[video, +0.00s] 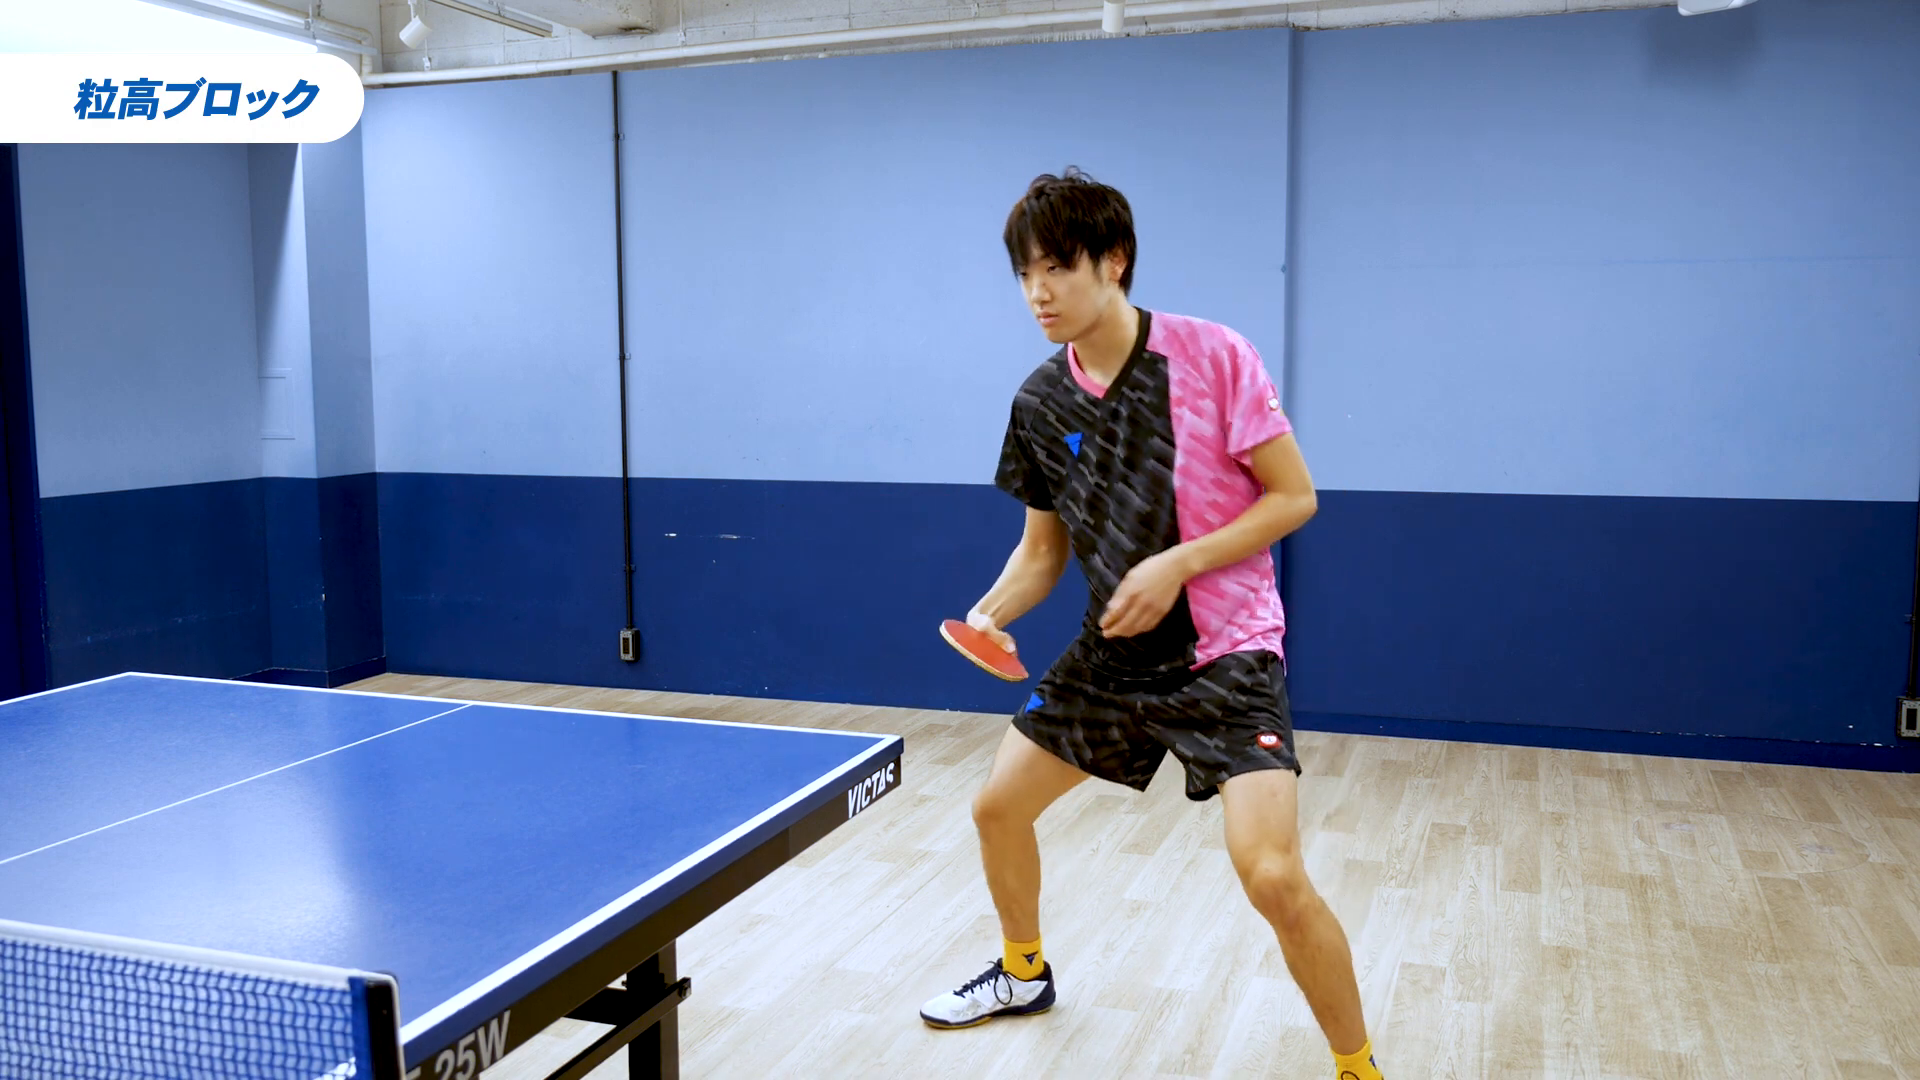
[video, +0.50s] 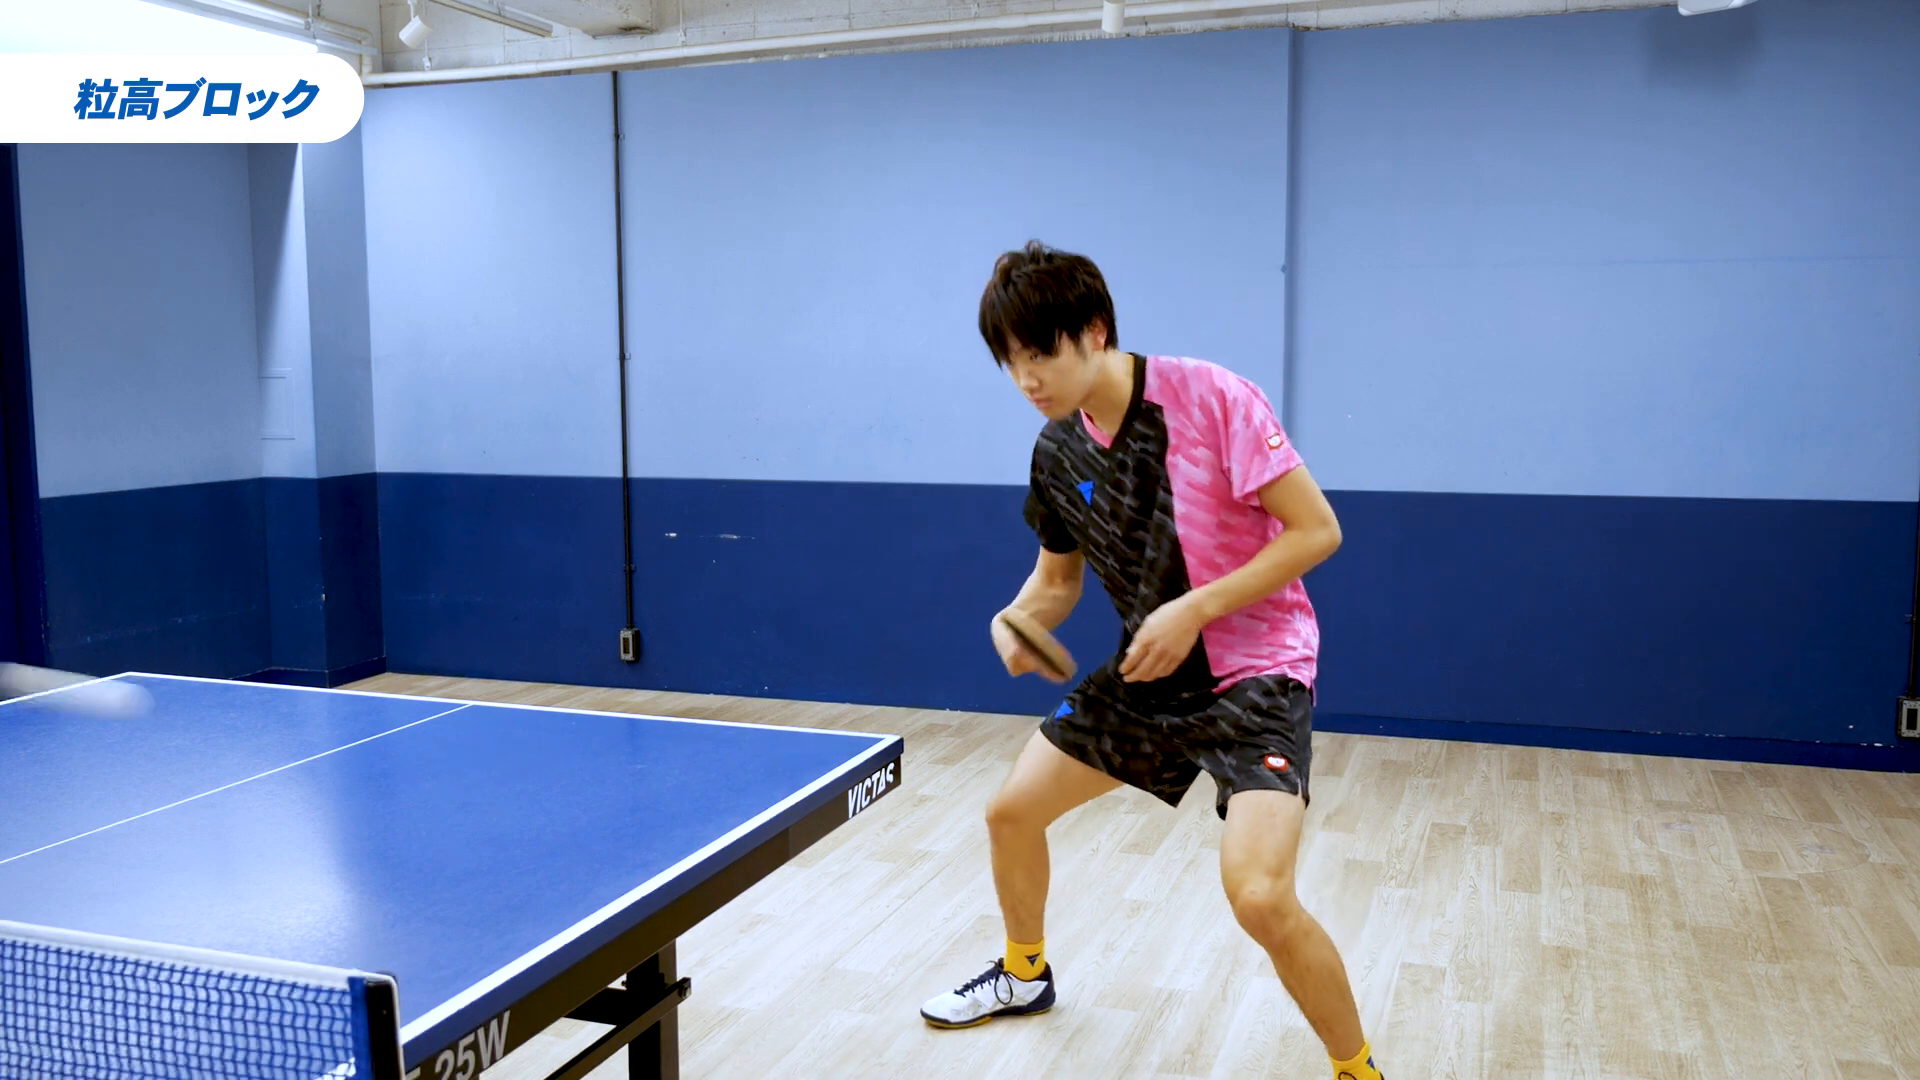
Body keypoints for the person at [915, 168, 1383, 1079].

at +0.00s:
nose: (1039, 290)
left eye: (1057, 265)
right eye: (1026, 272)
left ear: (1113, 261)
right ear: (1020, 283)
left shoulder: (1212, 354)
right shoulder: (1042, 401)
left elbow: (1294, 496)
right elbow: (1042, 548)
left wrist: (1179, 562)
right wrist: (991, 613)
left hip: (1229, 650)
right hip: (1115, 650)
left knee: (1273, 877)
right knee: (999, 809)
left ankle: (1358, 1068)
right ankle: (1022, 972)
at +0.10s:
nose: (1020, 279)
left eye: (1039, 255)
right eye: (1009, 261)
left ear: (1097, 251)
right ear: (1005, 270)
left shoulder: (1198, 342)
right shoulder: (1039, 388)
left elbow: (1285, 479)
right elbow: (1056, 530)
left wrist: (1162, 546)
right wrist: (1005, 601)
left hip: (1230, 633)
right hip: (1123, 634)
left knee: (1269, 866)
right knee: (1019, 798)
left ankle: (1358, 1066)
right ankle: (1024, 971)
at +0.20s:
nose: (1014, 284)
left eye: (1032, 260)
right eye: (1002, 267)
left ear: (1089, 255)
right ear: (998, 275)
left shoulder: (1189, 344)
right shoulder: (1041, 390)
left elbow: (1283, 482)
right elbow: (1067, 527)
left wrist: (1157, 545)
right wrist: (1013, 604)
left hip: (1235, 633)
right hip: (1131, 635)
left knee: (1267, 865)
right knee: (1028, 793)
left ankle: (1358, 1065)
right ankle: (1024, 970)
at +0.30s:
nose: (1011, 311)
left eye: (1027, 286)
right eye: (1000, 293)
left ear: (1084, 278)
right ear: (1000, 299)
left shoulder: (1188, 362)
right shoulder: (1047, 409)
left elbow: (1285, 502)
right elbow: (1071, 543)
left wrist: (1159, 568)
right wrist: (1012, 621)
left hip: (1241, 647)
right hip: (1135, 647)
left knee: (1263, 878)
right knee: (1022, 798)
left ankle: (1357, 1066)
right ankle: (1024, 971)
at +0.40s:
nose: (1012, 346)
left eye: (1027, 321)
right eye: (1001, 328)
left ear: (1086, 308)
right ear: (1004, 332)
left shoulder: (1195, 385)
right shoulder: (1053, 435)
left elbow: (1298, 522)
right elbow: (1068, 564)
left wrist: (1171, 595)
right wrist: (1009, 631)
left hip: (1245, 665)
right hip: (1140, 665)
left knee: (1258, 890)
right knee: (1012, 806)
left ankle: (1356, 1068)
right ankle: (1023, 972)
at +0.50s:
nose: (1023, 380)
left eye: (1036, 353)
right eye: (1010, 362)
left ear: (1094, 332)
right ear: (1007, 362)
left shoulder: (1214, 399)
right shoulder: (1056, 451)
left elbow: (1317, 529)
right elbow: (1057, 578)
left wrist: (1195, 609)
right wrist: (1013, 620)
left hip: (1257, 667)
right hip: (1151, 669)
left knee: (1257, 893)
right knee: (1011, 813)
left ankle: (1357, 1069)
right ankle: (1023, 973)